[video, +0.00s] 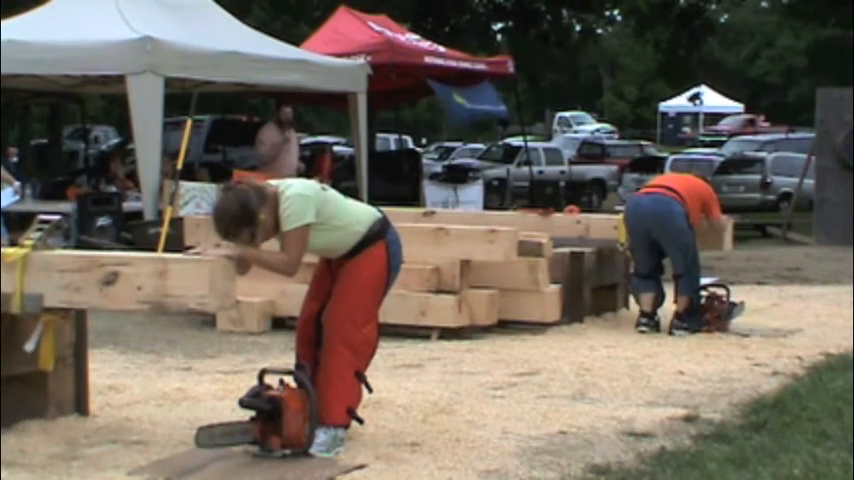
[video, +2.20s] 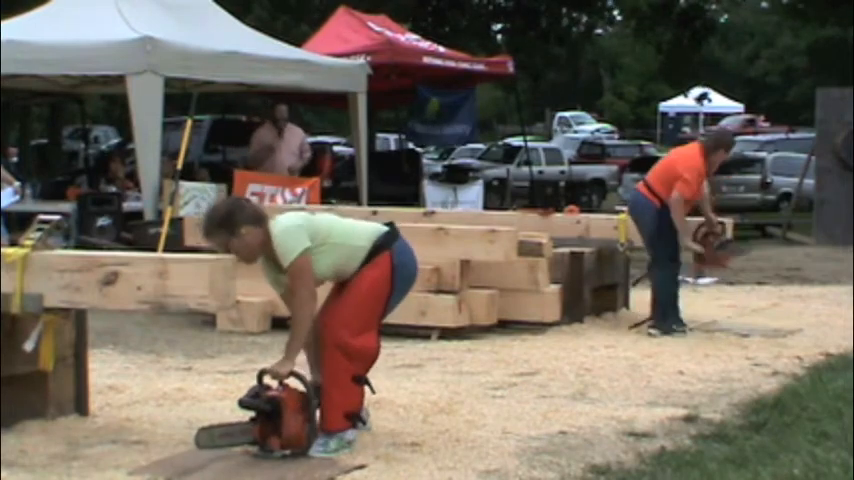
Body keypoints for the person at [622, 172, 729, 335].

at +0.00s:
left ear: (688, 175)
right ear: (707, 183)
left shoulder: (670, 178)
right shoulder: (705, 189)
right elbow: (716, 222)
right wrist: (725, 222)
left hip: (635, 205)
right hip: (668, 207)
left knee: (645, 270)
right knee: (686, 268)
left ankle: (646, 316)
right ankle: (682, 318)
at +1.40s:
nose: (724, 178)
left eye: (725, 175)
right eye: (725, 175)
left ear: (707, 164)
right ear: (721, 171)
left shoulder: (682, 168)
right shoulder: (717, 180)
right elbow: (718, 218)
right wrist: (713, 247)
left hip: (641, 200)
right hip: (671, 203)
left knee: (649, 264)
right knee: (688, 264)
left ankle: (646, 314)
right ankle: (680, 316)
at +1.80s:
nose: (731, 190)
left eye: (733, 187)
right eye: (732, 185)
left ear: (718, 172)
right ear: (728, 179)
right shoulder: (718, 182)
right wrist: (714, 245)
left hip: (643, 213)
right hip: (659, 218)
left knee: (675, 266)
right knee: (696, 265)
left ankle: (666, 311)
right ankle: (688, 315)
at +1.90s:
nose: (734, 179)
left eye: (737, 175)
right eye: (733, 172)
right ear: (725, 164)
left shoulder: (711, 192)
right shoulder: (707, 156)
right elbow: (684, 158)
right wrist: (706, 183)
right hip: (658, 205)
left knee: (675, 261)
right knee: (680, 263)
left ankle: (665, 311)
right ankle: (689, 319)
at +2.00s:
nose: (732, 172)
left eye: (736, 168)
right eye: (732, 164)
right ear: (721, 156)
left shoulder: (712, 190)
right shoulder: (701, 151)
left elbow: (706, 223)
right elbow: (665, 145)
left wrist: (715, 255)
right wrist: (678, 176)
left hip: (671, 212)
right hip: (654, 199)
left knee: (676, 260)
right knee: (674, 259)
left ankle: (667, 313)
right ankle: (671, 316)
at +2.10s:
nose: (731, 163)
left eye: (733, 159)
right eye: (730, 157)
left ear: (724, 155)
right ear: (721, 152)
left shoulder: (712, 178)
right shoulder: (695, 156)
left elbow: (707, 210)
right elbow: (667, 181)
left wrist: (715, 243)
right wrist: (677, 220)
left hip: (664, 208)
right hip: (649, 200)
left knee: (674, 260)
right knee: (665, 260)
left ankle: (673, 318)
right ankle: (663, 320)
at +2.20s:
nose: (725, 159)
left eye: (727, 154)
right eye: (725, 153)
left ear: (713, 146)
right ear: (717, 150)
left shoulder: (698, 157)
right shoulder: (693, 165)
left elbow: (700, 192)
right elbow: (675, 201)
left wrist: (710, 218)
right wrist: (685, 237)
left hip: (660, 204)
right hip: (649, 203)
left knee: (669, 260)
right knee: (664, 261)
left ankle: (670, 316)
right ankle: (663, 319)